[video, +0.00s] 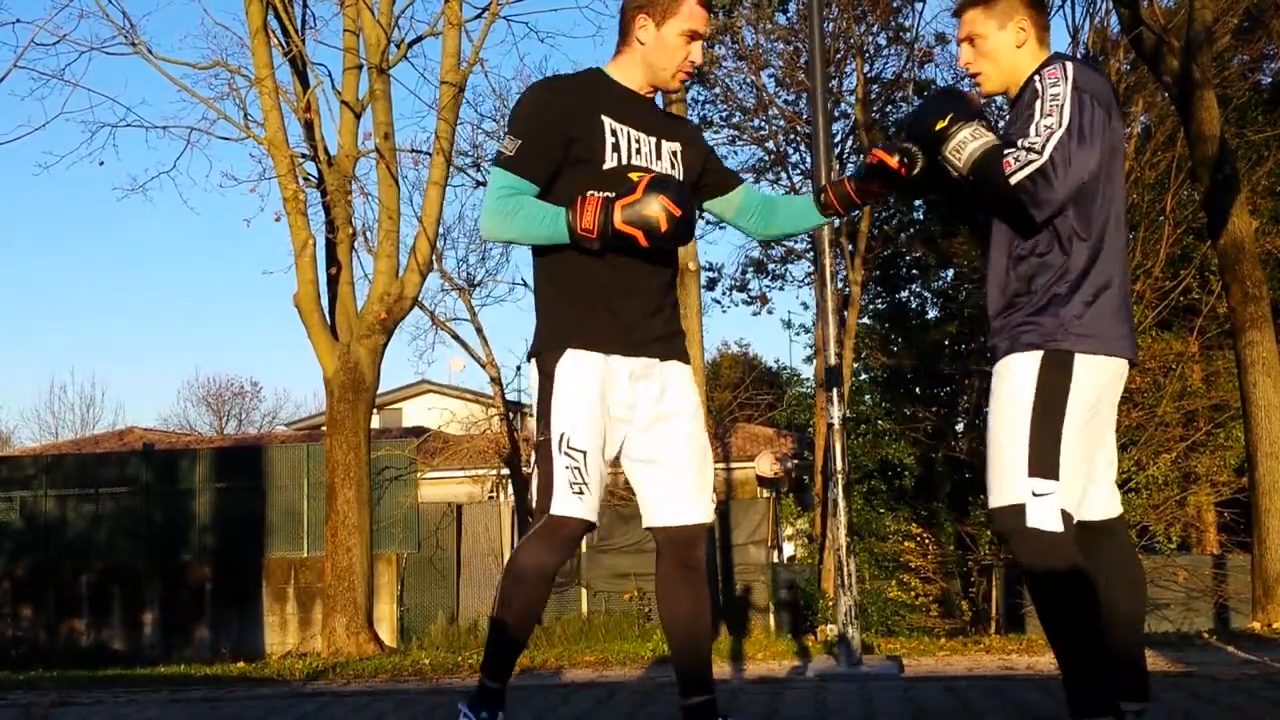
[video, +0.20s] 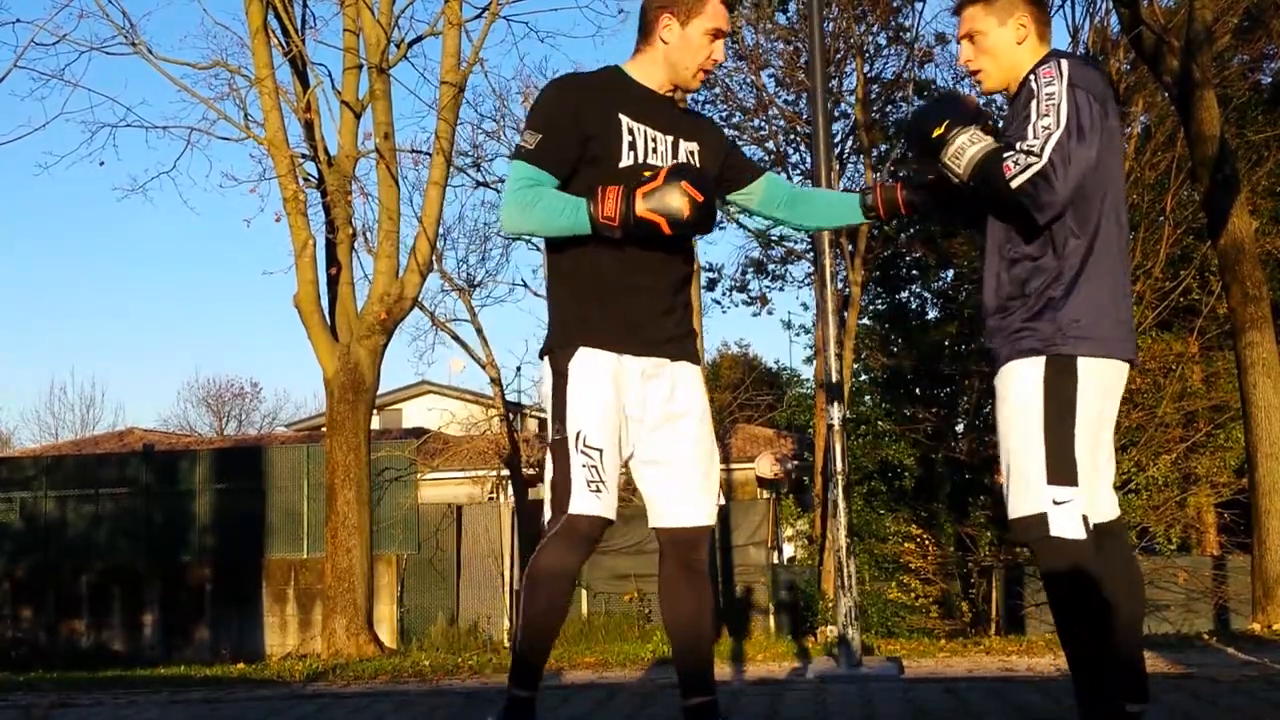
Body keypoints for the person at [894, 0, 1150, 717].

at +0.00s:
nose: (962, 60)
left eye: (970, 41)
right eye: (960, 45)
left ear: (1021, 32)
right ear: (1019, 37)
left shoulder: (1065, 83)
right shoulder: (1040, 101)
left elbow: (1033, 192)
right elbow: (993, 201)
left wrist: (962, 133)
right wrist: (930, 158)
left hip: (1054, 332)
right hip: (1083, 331)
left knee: (1026, 514)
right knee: (1092, 511)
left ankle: (1095, 705)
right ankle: (1128, 698)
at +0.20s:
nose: (962, 57)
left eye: (972, 39)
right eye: (960, 42)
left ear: (1021, 30)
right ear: (1018, 33)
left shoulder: (1060, 80)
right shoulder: (1037, 99)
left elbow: (1038, 191)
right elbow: (1002, 196)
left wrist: (966, 142)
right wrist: (926, 190)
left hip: (1057, 337)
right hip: (1065, 336)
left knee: (1051, 526)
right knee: (1089, 521)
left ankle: (1106, 710)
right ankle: (1123, 704)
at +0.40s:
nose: (942, 60)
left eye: (950, 40)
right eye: (940, 45)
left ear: (999, 27)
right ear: (993, 31)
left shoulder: (1051, 73)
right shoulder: (1024, 97)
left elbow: (1022, 196)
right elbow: (1003, 206)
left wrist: (947, 139)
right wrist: (914, 188)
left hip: (1078, 334)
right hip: (1061, 336)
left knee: (1080, 530)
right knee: (1084, 530)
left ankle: (1117, 710)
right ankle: (1115, 706)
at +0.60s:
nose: (943, 57)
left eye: (951, 37)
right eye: (939, 40)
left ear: (1001, 23)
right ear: (996, 27)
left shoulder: (1050, 71)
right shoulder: (1030, 87)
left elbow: (1018, 196)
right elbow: (997, 193)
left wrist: (947, 143)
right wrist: (950, 134)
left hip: (1089, 334)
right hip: (1074, 334)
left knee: (1100, 530)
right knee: (1104, 529)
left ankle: (1131, 710)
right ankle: (1133, 705)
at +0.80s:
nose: (976, 55)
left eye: (985, 35)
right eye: (973, 38)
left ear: (1037, 25)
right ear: (1031, 29)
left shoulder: (1077, 79)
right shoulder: (1072, 88)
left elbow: (1041, 188)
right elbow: (1025, 192)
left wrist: (986, 147)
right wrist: (982, 144)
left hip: (1084, 333)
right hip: (1109, 329)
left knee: (1090, 526)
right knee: (1137, 519)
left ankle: (1112, 709)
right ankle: (1206, 696)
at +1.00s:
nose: (993, 61)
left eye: (1002, 44)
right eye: (990, 47)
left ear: (1050, 37)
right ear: (1046, 40)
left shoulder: (1091, 87)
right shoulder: (1070, 105)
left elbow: (1093, 201)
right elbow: (1051, 208)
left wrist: (995, 161)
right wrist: (988, 163)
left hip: (1092, 340)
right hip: (1127, 337)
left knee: (1070, 525)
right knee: (1154, 511)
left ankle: (1098, 709)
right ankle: (1208, 697)